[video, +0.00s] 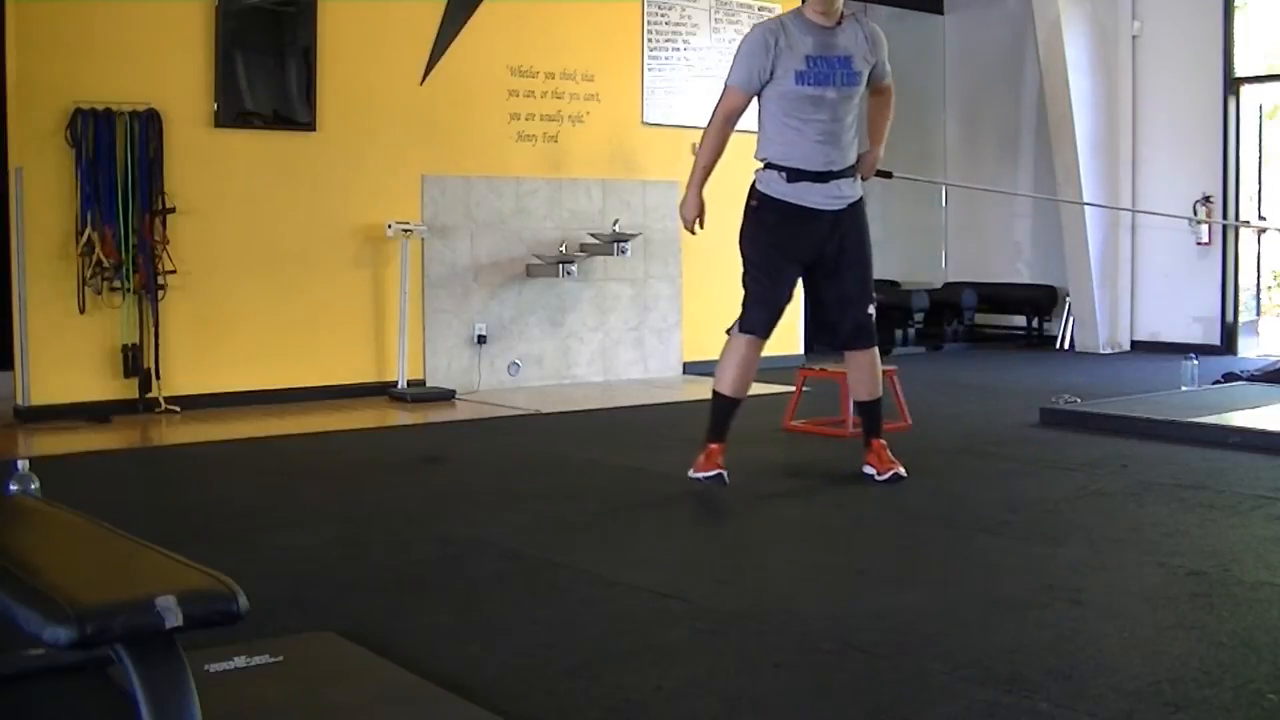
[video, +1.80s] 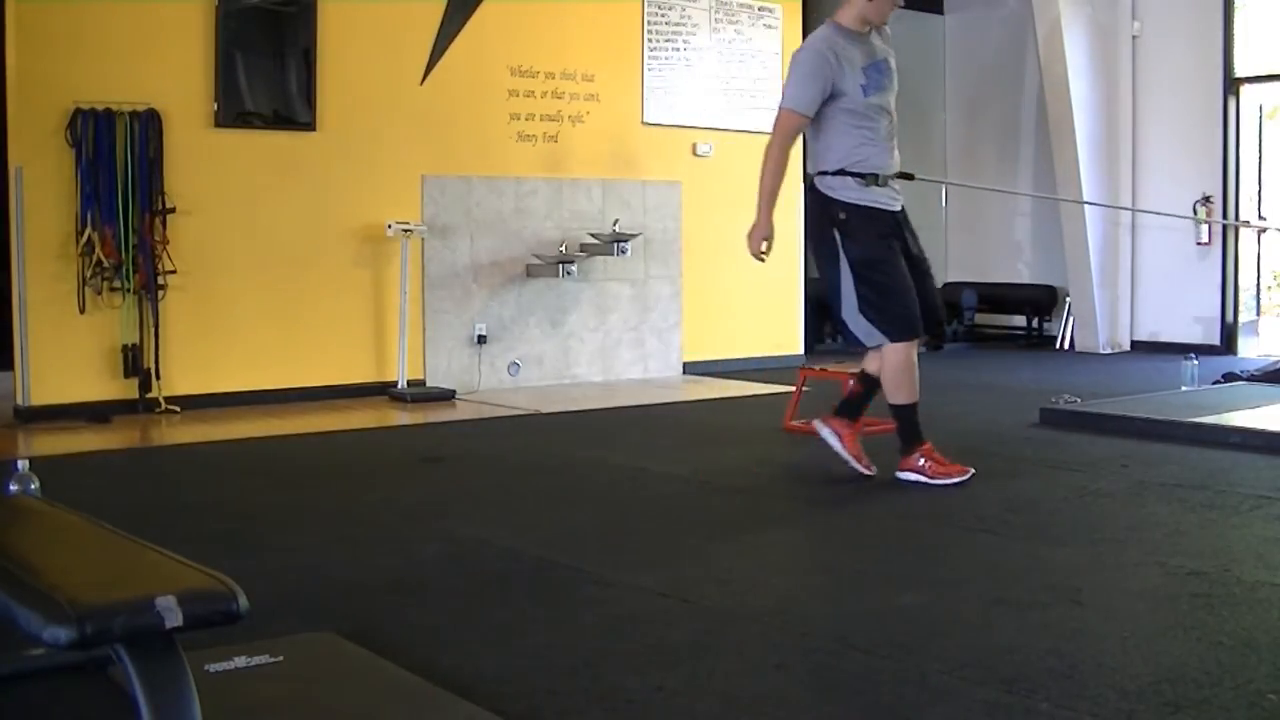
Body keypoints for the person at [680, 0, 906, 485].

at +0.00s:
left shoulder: (867, 36)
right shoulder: (768, 38)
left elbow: (881, 90)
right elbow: (725, 115)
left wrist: (875, 149)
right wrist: (694, 187)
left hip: (843, 207)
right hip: (778, 204)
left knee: (858, 327)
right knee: (755, 323)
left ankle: (875, 446)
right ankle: (713, 448)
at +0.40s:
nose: (761, 5)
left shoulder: (789, 34)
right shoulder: (692, 50)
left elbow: (810, 87)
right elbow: (655, 125)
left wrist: (819, 154)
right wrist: (652, 189)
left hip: (788, 211)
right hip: (720, 212)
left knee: (821, 330)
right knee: (716, 338)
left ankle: (858, 445)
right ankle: (710, 463)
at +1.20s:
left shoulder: (791, 31)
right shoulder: (720, 27)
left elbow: (796, 106)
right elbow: (699, 112)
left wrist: (834, 153)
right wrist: (718, 190)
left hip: (808, 197)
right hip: (757, 196)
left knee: (806, 328)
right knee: (772, 323)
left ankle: (802, 454)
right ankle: (745, 452)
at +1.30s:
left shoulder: (801, 29)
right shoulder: (732, 25)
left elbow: (805, 105)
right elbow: (708, 110)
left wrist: (844, 150)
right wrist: (737, 184)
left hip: (814, 191)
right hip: (769, 191)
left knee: (815, 317)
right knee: (803, 313)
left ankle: (805, 449)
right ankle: (795, 453)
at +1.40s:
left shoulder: (810, 25)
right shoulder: (745, 26)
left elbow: (816, 100)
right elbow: (714, 110)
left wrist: (856, 147)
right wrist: (749, 180)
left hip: (826, 192)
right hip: (781, 193)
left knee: (814, 322)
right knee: (830, 314)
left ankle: (800, 452)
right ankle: (853, 451)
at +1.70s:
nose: (873, 3)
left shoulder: (861, 34)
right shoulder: (797, 47)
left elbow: (852, 94)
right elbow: (750, 128)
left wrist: (877, 120)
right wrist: (749, 204)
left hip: (871, 201)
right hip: (832, 203)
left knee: (863, 329)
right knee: (882, 323)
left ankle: (813, 443)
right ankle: (909, 452)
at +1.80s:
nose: (897, 7)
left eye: (897, 2)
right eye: (892, 0)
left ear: (871, 3)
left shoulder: (878, 44)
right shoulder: (820, 51)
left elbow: (869, 125)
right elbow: (780, 138)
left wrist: (882, 185)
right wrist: (763, 216)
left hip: (884, 200)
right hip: (845, 203)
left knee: (913, 318)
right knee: (898, 323)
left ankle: (843, 418)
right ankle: (914, 452)